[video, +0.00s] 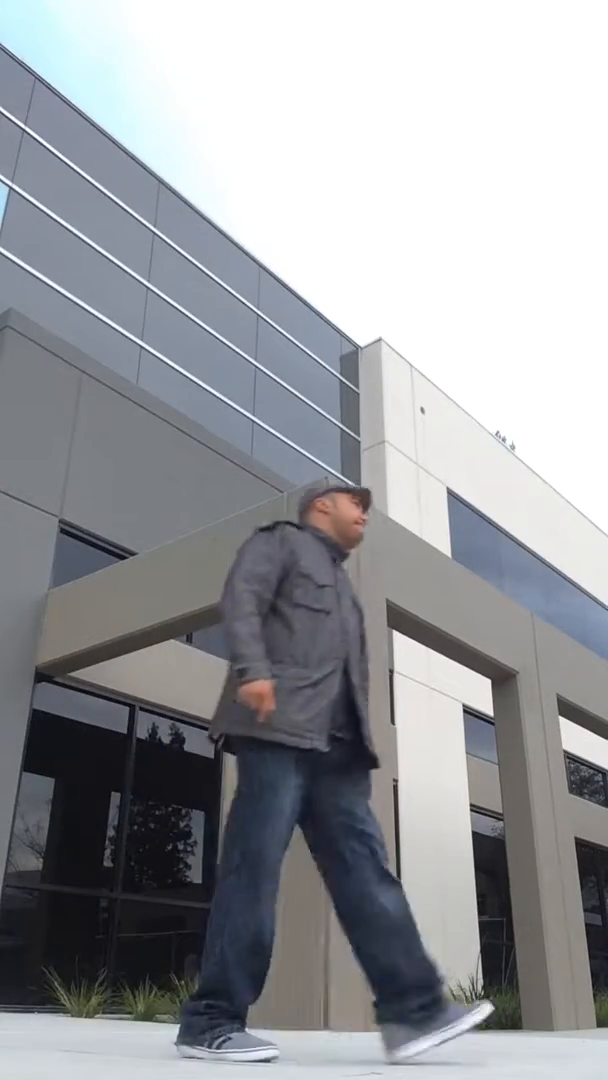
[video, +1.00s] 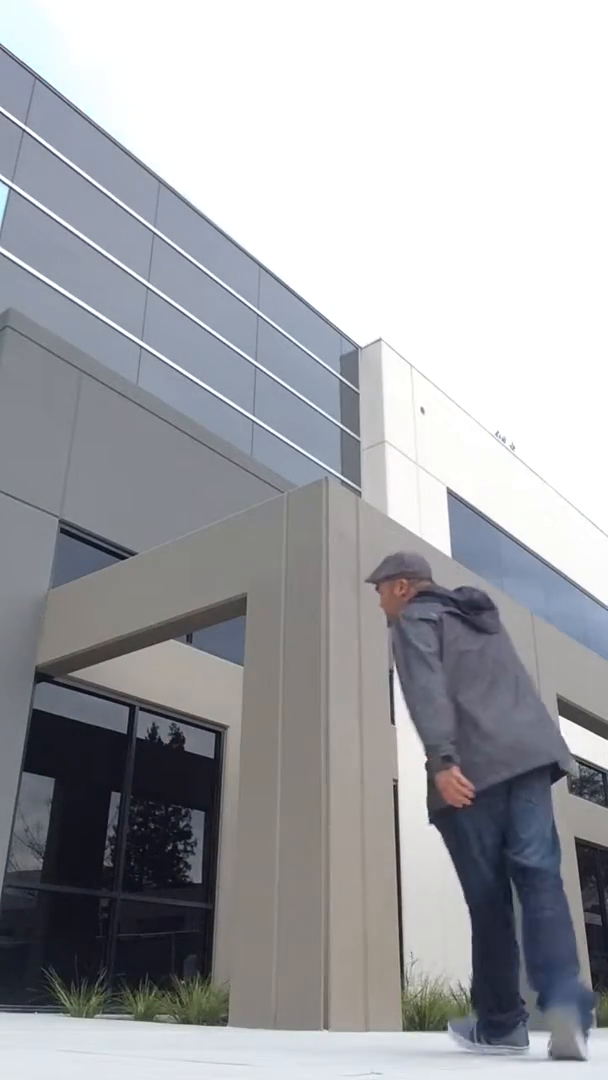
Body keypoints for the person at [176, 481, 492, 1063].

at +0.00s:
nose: (365, 513)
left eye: (365, 505)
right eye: (355, 501)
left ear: (335, 514)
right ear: (320, 507)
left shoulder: (343, 583)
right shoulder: (279, 541)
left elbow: (343, 662)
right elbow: (241, 601)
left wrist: (357, 730)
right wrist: (253, 669)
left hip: (339, 741)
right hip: (278, 727)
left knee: (363, 873)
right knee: (252, 872)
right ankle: (210, 1023)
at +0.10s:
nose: (396, 532)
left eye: (396, 525)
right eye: (389, 520)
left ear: (367, 523)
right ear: (357, 517)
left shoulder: (367, 584)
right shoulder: (319, 546)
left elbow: (365, 660)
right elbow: (294, 599)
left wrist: (383, 730)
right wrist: (308, 662)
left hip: (374, 737)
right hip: (322, 726)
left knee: (392, 875)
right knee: (297, 867)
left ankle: (428, 1024)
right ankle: (219, 1010)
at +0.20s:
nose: (419, 546)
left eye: (418, 538)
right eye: (413, 534)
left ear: (385, 534)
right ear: (387, 529)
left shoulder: (385, 587)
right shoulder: (359, 556)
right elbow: (352, 612)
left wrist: (375, 792)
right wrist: (368, 667)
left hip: (396, 745)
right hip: (367, 737)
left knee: (427, 868)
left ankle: (431, 1027)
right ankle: (280, 948)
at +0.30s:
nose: (427, 548)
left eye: (425, 542)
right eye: (423, 540)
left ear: (376, 540)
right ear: (406, 534)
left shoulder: (356, 578)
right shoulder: (399, 555)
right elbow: (411, 615)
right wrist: (436, 679)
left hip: (360, 744)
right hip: (400, 734)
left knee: (434, 863)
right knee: (485, 828)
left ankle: (433, 1026)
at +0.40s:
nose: (437, 543)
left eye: (433, 537)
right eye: (435, 536)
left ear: (387, 543)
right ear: (423, 534)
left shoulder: (362, 593)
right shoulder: (432, 554)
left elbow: (362, 671)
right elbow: (462, 608)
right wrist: (505, 678)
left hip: (380, 736)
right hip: (438, 722)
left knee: (427, 865)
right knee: (510, 847)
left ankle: (427, 1016)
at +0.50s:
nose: (448, 541)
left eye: (441, 535)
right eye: (445, 535)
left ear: (397, 547)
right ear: (438, 538)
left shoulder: (370, 603)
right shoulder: (462, 560)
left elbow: (361, 685)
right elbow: (516, 609)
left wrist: (380, 761)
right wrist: (564, 680)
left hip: (403, 738)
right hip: (471, 721)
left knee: (431, 872)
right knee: (512, 866)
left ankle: (432, 1017)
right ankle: (567, 1024)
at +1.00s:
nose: (381, 605)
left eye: (381, 593)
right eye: (379, 595)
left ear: (401, 586)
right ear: (422, 582)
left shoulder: (415, 619)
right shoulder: (475, 608)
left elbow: (427, 688)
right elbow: (514, 679)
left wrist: (441, 760)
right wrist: (541, 748)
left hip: (473, 763)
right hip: (532, 750)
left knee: (487, 896)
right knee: (540, 876)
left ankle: (500, 1022)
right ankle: (564, 1001)